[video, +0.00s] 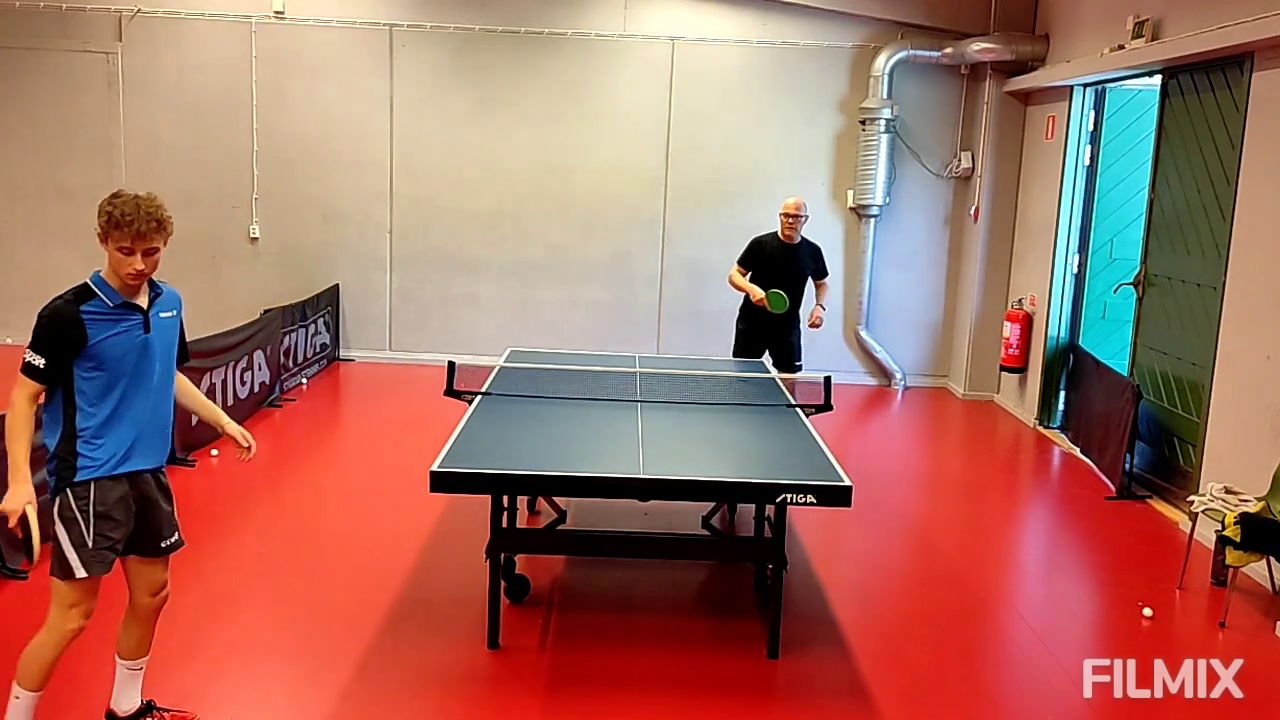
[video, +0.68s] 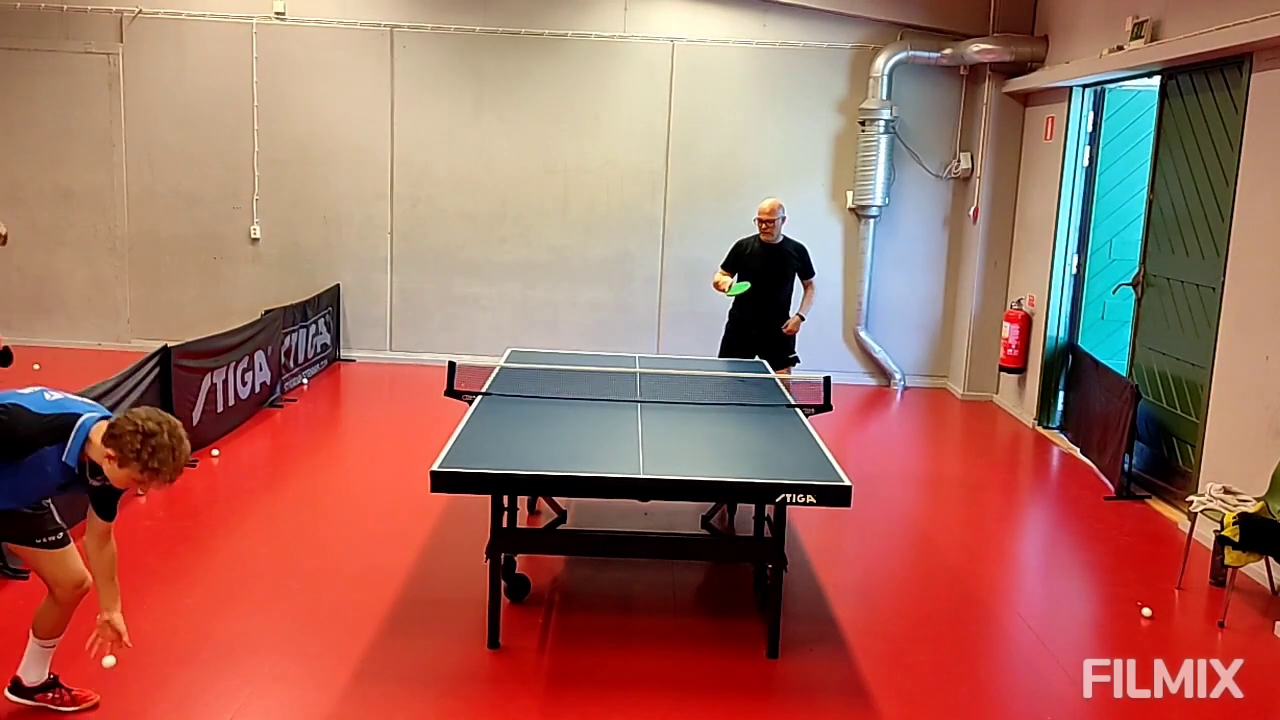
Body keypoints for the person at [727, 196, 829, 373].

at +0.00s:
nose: (790, 221)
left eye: (796, 217)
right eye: (786, 216)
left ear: (805, 220)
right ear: (780, 216)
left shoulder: (812, 252)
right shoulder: (760, 244)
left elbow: (821, 284)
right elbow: (734, 276)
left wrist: (819, 307)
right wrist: (752, 289)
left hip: (786, 326)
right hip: (752, 323)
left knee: (789, 381)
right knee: (741, 375)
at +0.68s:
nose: (765, 226)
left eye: (770, 222)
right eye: (761, 221)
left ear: (783, 221)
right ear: (755, 221)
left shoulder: (796, 251)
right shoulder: (743, 247)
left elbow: (809, 287)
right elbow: (719, 277)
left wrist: (799, 317)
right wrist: (727, 283)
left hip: (776, 331)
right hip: (741, 329)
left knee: (783, 385)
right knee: (729, 382)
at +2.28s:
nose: (748, 240)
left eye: (755, 236)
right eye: (744, 234)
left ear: (765, 238)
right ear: (738, 234)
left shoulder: (774, 263)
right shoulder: (721, 261)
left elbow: (782, 297)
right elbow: (692, 291)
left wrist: (773, 318)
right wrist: (702, 303)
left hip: (758, 343)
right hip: (720, 342)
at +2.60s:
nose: (745, 255)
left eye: (752, 251)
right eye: (741, 248)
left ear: (761, 250)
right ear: (734, 245)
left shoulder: (769, 267)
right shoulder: (717, 269)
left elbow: (778, 299)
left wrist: (772, 326)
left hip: (758, 352)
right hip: (717, 351)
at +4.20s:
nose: (778, 261)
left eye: (784, 257)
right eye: (774, 255)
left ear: (791, 255)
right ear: (766, 248)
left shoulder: (796, 272)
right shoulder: (747, 272)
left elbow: (801, 302)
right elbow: (721, 309)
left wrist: (800, 331)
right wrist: (738, 302)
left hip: (781, 345)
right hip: (744, 345)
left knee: (806, 392)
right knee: (727, 394)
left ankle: (824, 443)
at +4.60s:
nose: (767, 251)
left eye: (773, 248)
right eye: (763, 246)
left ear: (781, 251)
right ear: (757, 246)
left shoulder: (790, 278)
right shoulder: (739, 274)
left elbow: (799, 310)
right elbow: (710, 306)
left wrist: (799, 332)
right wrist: (721, 310)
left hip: (774, 349)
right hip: (735, 346)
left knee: (803, 396)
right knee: (701, 386)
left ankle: (823, 446)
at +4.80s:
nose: (750, 243)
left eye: (756, 240)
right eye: (746, 238)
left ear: (765, 243)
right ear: (740, 237)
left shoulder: (771, 271)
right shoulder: (719, 264)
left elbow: (772, 305)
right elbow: (692, 296)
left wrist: (773, 327)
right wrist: (704, 303)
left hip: (750, 342)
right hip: (714, 340)